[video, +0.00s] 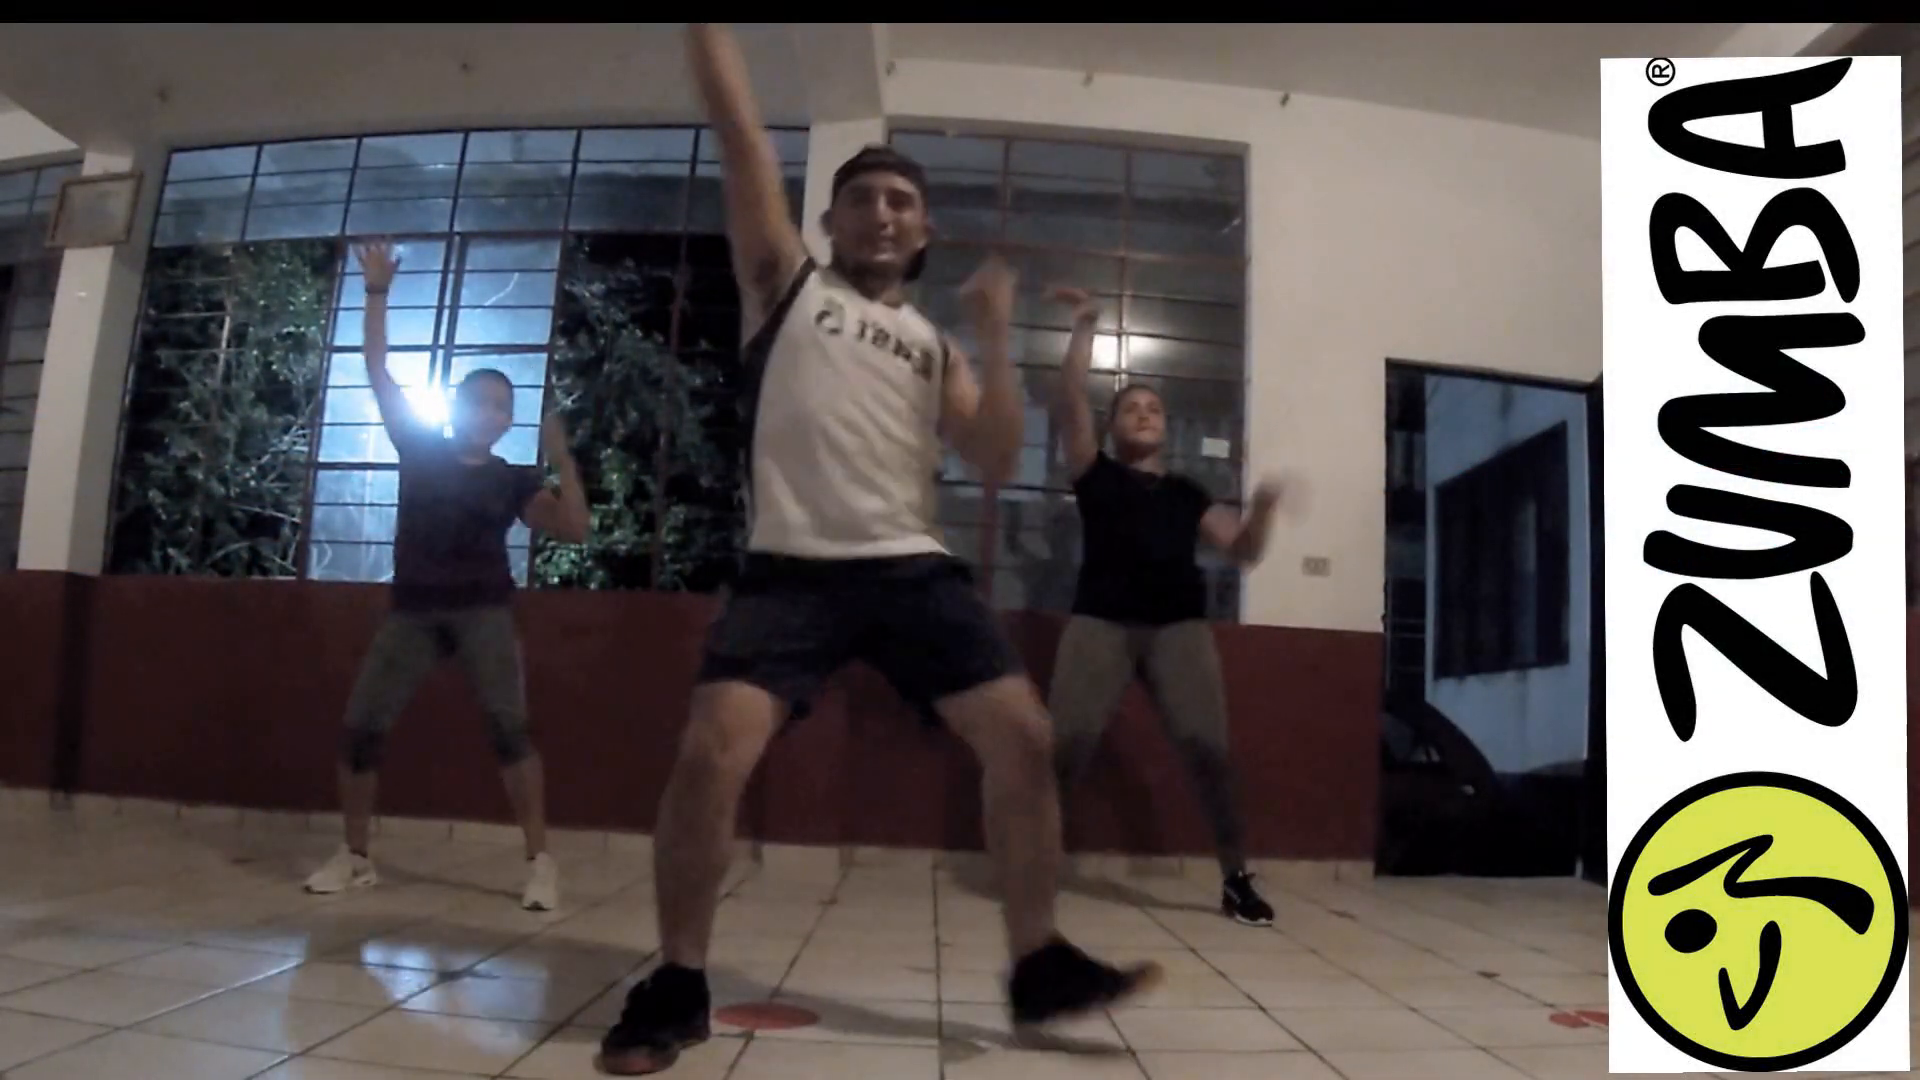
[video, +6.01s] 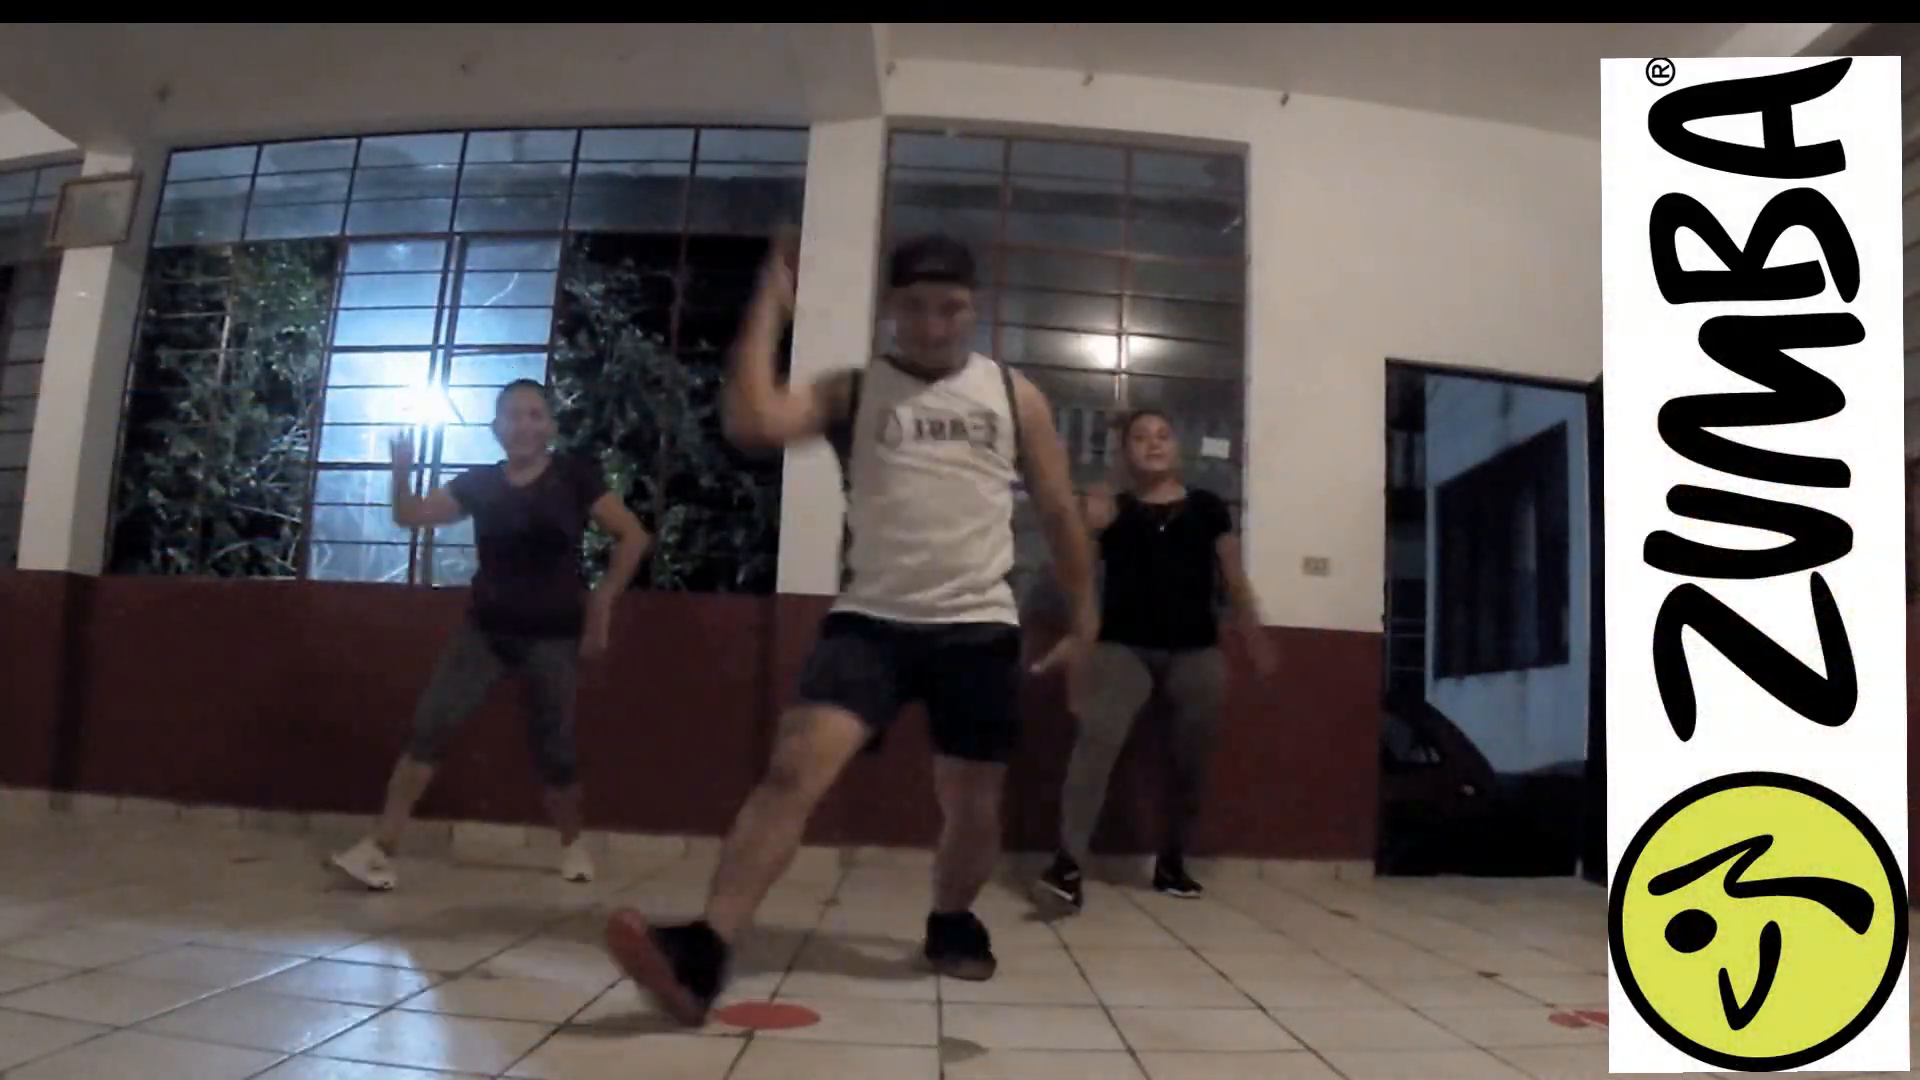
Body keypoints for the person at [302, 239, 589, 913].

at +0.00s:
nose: (487, 412)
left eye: (499, 406)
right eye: (479, 400)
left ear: (508, 419)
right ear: (457, 402)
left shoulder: (510, 479)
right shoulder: (420, 448)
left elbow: (574, 526)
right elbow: (378, 370)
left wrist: (557, 451)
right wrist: (378, 291)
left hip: (483, 612)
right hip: (415, 609)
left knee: (509, 731)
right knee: (361, 729)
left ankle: (538, 862)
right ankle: (355, 858)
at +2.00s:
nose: (559, 418)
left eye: (571, 407)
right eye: (550, 407)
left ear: (594, 414)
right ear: (538, 412)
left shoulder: (622, 473)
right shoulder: (516, 467)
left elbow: (688, 509)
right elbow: (435, 491)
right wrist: (423, 463)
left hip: (592, 630)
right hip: (517, 624)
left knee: (601, 745)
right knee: (442, 726)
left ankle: (646, 866)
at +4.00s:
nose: (534, 417)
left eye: (545, 408)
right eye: (525, 407)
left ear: (563, 422)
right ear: (510, 419)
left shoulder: (578, 479)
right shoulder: (486, 476)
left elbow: (643, 527)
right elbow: (423, 511)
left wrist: (692, 513)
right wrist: (378, 476)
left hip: (540, 622)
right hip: (478, 618)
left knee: (572, 734)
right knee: (436, 724)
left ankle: (629, 853)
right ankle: (437, 842)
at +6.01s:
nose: (524, 424)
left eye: (534, 415)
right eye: (513, 415)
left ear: (550, 424)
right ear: (497, 425)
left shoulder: (574, 477)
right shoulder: (480, 485)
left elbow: (635, 536)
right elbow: (409, 516)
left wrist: (602, 603)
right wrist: (400, 474)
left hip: (553, 634)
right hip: (487, 630)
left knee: (556, 749)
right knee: (427, 730)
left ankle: (572, 848)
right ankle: (382, 848)